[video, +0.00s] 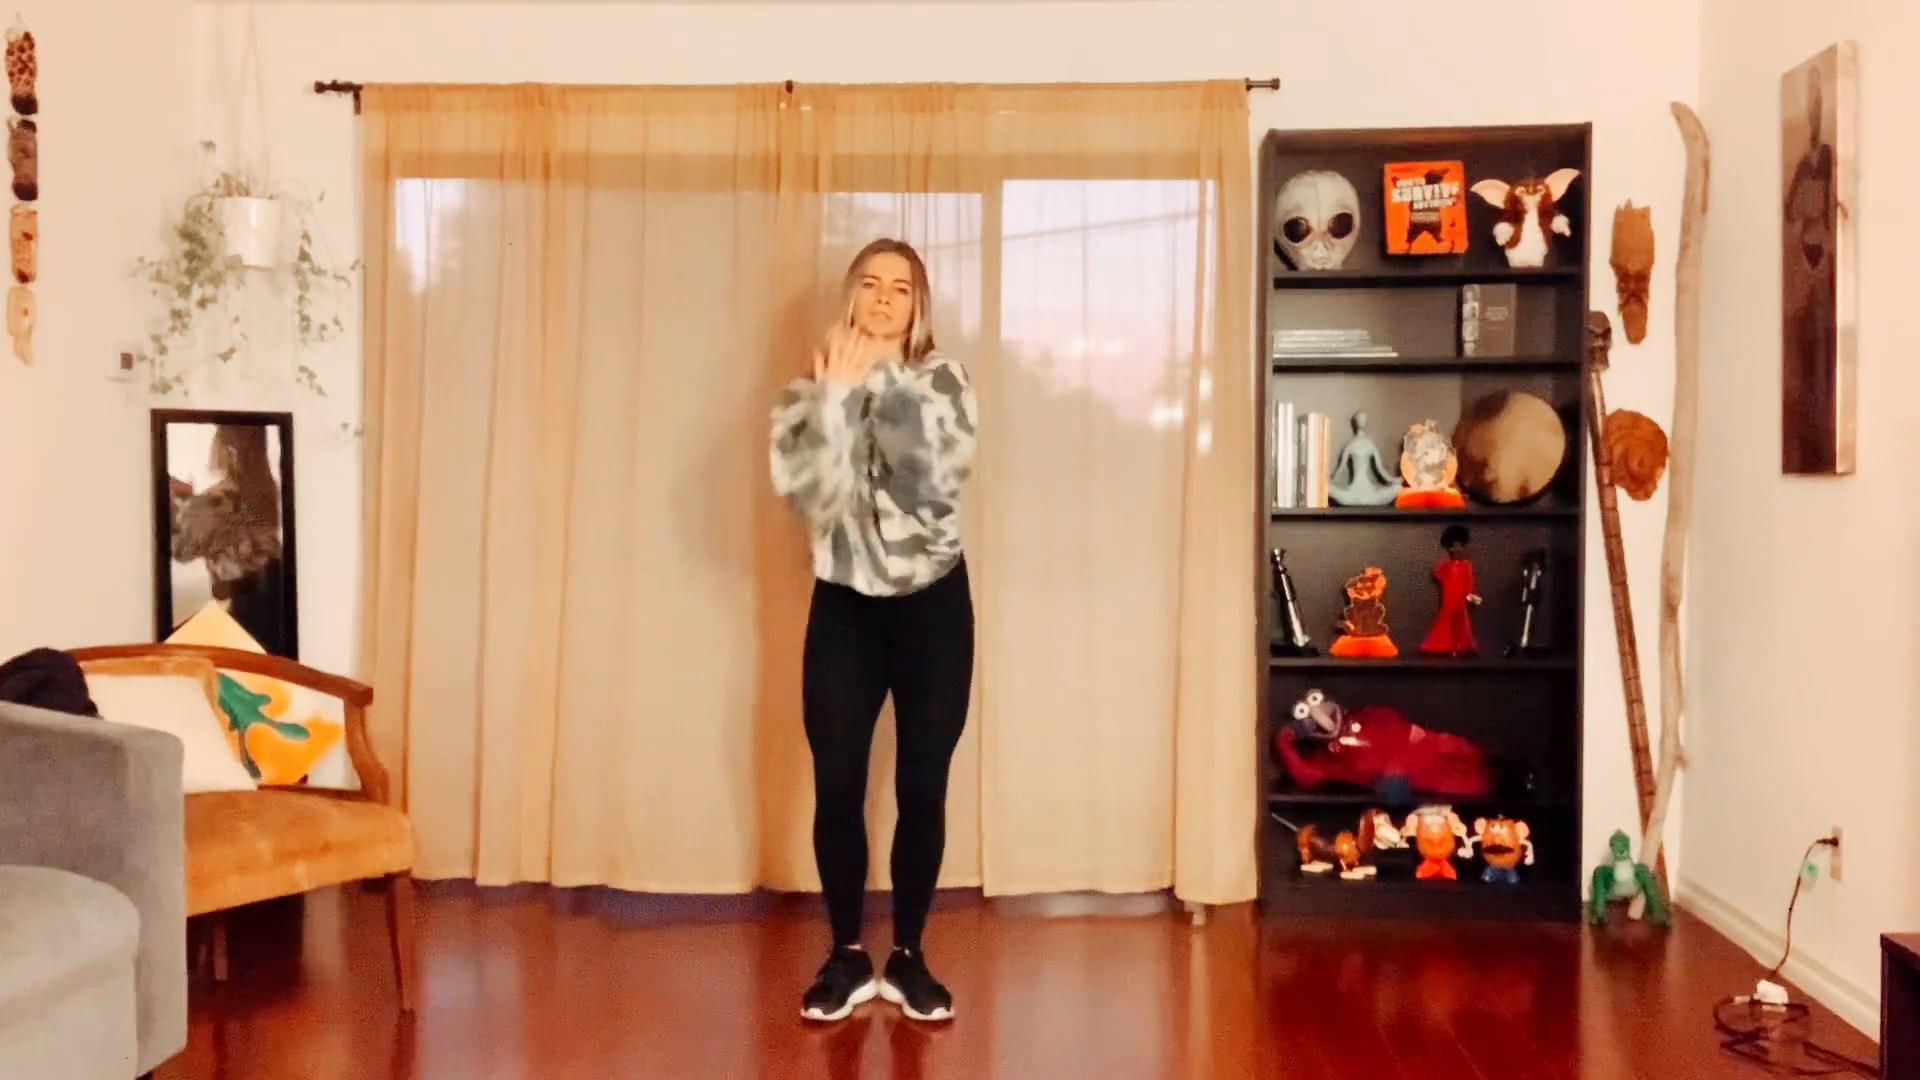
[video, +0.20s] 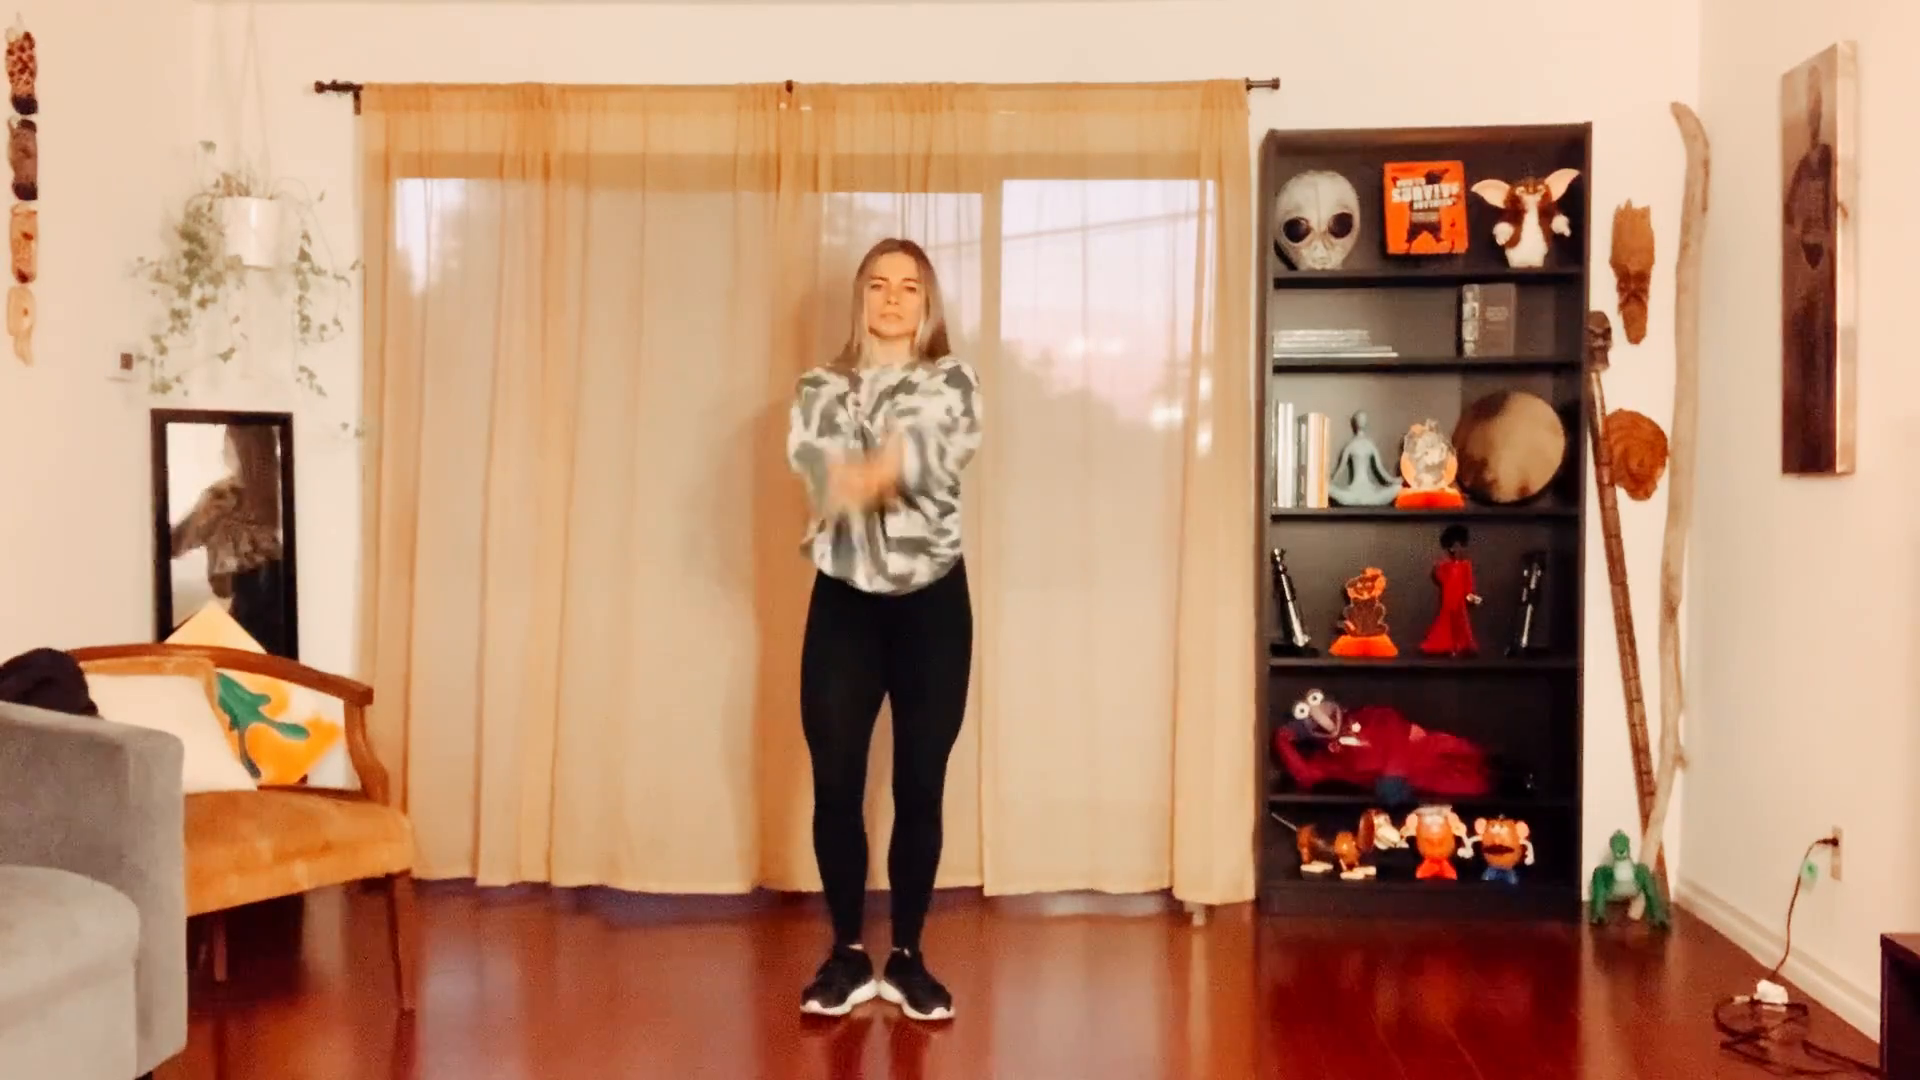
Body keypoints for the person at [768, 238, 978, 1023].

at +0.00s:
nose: (883, 298)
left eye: (900, 289)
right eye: (870, 284)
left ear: (919, 306)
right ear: (846, 297)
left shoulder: (941, 383)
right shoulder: (810, 395)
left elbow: (937, 489)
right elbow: (811, 498)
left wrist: (888, 385)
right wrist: (836, 392)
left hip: (933, 609)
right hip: (844, 609)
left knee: (921, 791)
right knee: (838, 789)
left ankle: (906, 958)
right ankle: (849, 958)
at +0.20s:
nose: (893, 297)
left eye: (909, 287)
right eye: (879, 284)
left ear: (929, 303)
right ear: (858, 297)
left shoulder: (951, 384)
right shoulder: (820, 387)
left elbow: (941, 460)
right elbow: (810, 461)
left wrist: (876, 474)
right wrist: (866, 473)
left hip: (932, 607)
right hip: (843, 605)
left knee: (918, 788)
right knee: (837, 786)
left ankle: (905, 959)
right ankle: (848, 956)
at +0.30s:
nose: (896, 297)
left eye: (912, 286)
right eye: (882, 285)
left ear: (933, 301)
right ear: (862, 299)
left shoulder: (956, 390)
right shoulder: (820, 390)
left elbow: (963, 489)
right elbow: (798, 494)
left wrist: (951, 574)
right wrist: (799, 581)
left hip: (929, 608)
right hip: (838, 605)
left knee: (919, 791)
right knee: (837, 788)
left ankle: (905, 959)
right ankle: (848, 956)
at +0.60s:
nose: (889, 295)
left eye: (905, 284)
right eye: (875, 283)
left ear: (927, 300)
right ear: (856, 297)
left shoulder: (953, 383)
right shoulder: (831, 382)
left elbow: (1008, 468)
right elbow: (794, 472)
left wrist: (1070, 533)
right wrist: (728, 523)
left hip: (927, 607)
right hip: (834, 606)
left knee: (913, 790)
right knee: (834, 791)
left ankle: (905, 958)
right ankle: (848, 958)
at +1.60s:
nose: (876, 334)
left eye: (891, 326)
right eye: (863, 322)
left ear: (910, 344)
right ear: (838, 335)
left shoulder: (947, 426)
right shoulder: (801, 426)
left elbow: (1012, 531)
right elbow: (715, 472)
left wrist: (1059, 630)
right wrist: (624, 462)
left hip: (961, 626)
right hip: (865, 634)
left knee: (1001, 797)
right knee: (794, 790)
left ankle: (1013, 963)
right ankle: (765, 954)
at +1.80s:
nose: (952, 347)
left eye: (964, 339)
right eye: (937, 334)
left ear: (979, 357)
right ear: (906, 348)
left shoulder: (1007, 449)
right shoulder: (866, 430)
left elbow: (1072, 549)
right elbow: (792, 467)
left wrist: (1152, 605)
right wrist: (717, 456)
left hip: (987, 653)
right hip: (888, 648)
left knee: (1086, 800)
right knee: (801, 796)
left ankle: (1049, 969)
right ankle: (755, 955)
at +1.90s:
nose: (1018, 347)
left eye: (1033, 341)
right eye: (1004, 338)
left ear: (1054, 368)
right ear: (977, 359)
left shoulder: (1084, 462)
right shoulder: (934, 442)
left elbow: (1185, 508)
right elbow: (863, 522)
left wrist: (1303, 512)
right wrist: (800, 574)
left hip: (1002, 662)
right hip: (902, 647)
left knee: (1106, 805)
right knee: (807, 797)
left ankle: (1051, 969)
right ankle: (752, 955)